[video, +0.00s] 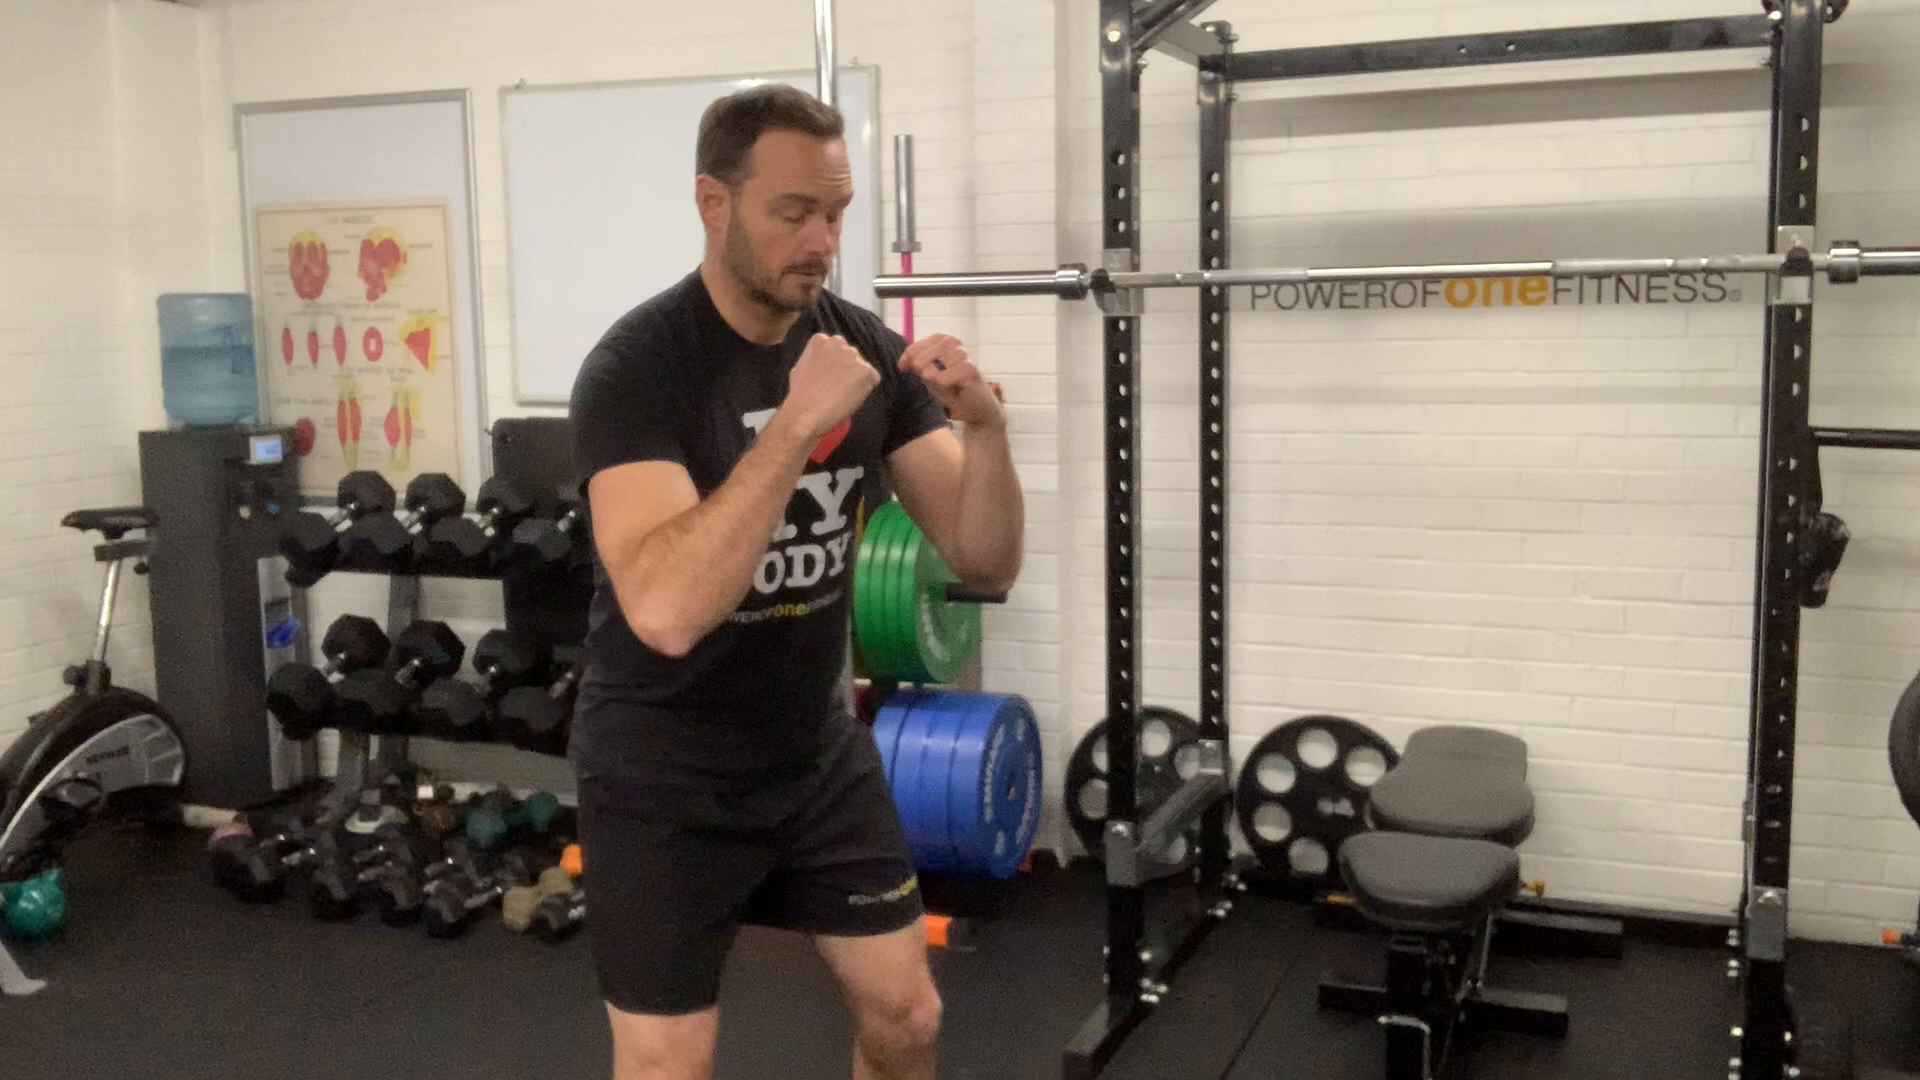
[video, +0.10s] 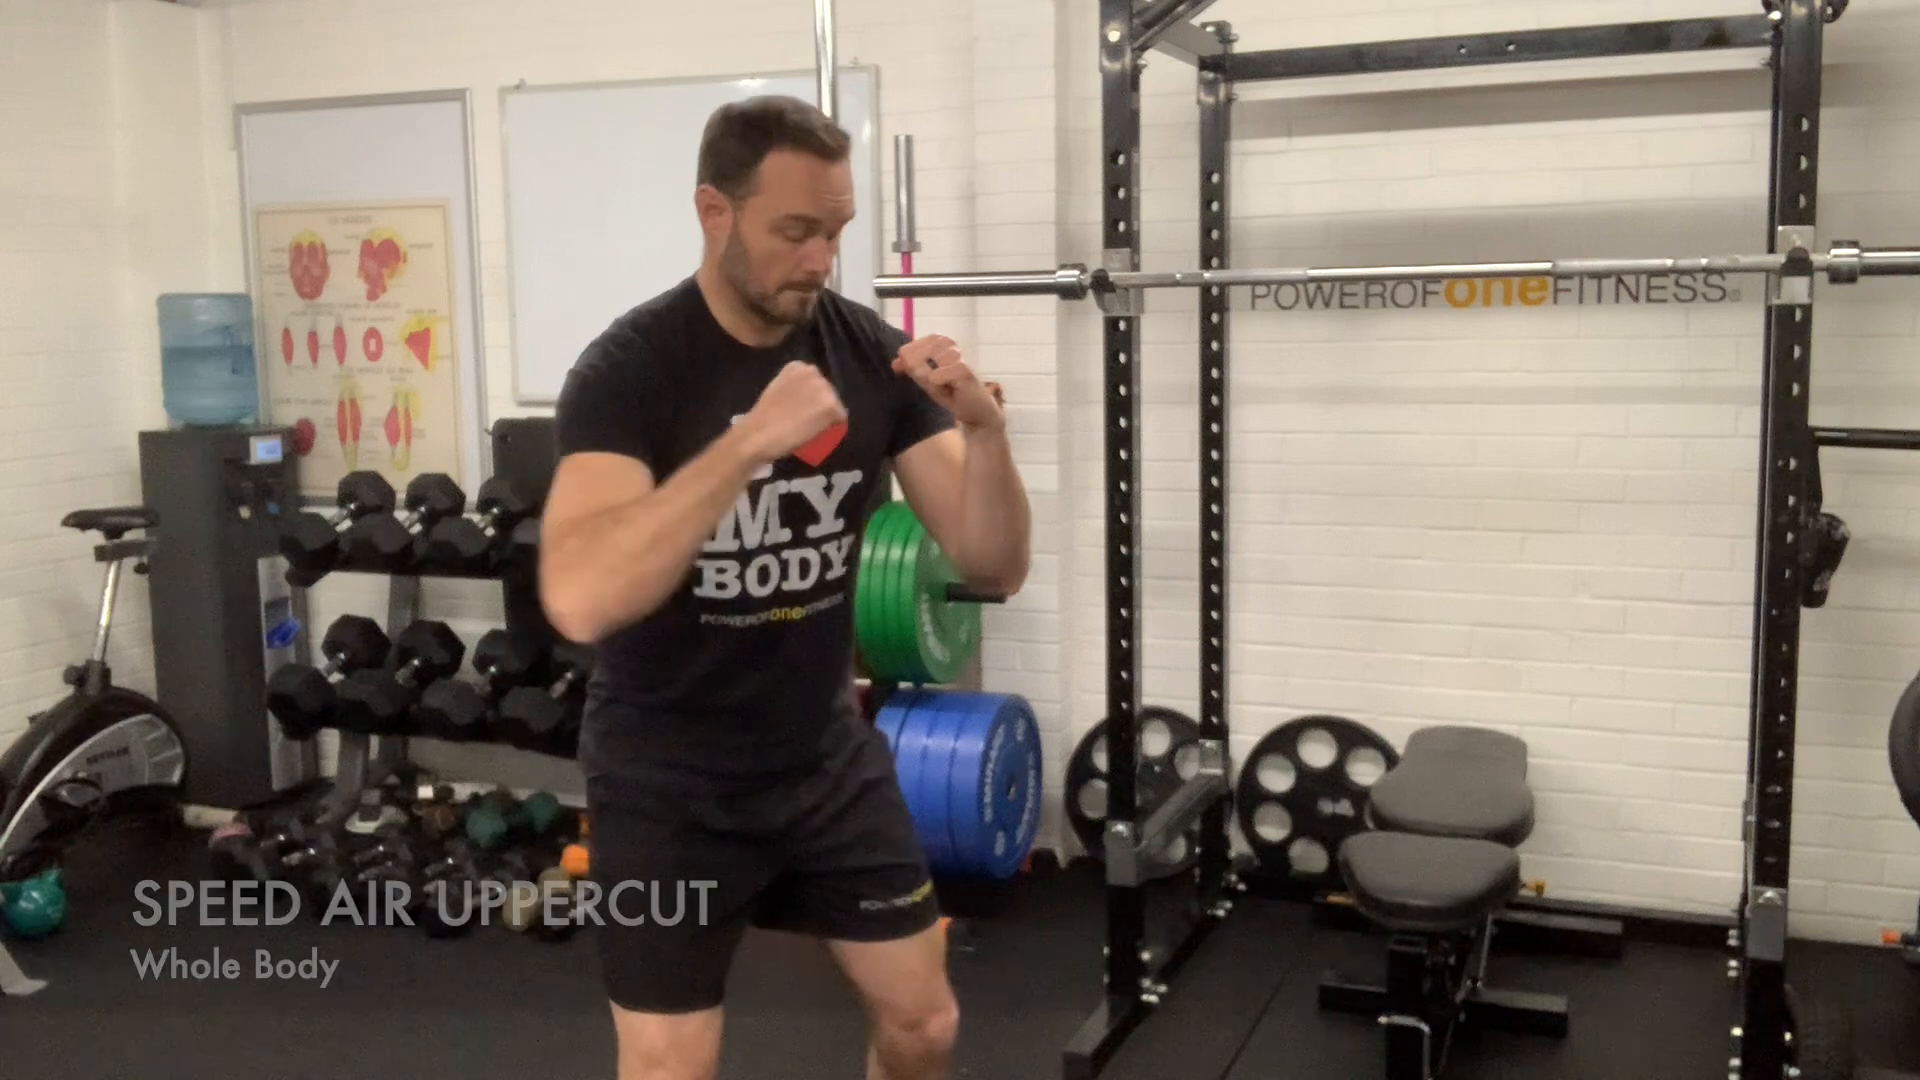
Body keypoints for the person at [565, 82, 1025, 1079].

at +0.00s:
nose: (822, 242)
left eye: (836, 212)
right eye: (796, 212)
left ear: (849, 209)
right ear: (712, 203)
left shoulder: (860, 346)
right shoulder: (634, 369)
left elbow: (985, 566)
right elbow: (664, 607)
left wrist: (985, 429)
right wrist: (799, 420)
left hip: (817, 741)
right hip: (662, 761)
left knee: (907, 1018)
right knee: (666, 1061)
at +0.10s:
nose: (822, 260)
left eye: (836, 232)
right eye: (797, 231)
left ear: (849, 220)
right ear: (713, 211)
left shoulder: (863, 348)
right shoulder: (628, 371)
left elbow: (992, 567)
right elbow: (580, 597)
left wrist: (985, 430)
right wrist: (746, 447)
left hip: (827, 747)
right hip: (666, 767)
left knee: (924, 1030)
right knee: (669, 1062)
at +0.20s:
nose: (832, 283)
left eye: (848, 255)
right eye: (810, 257)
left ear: (863, 234)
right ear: (728, 226)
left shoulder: (879, 344)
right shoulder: (636, 356)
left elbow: (1020, 558)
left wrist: (997, 425)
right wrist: (606, 456)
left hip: (838, 743)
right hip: (676, 755)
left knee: (940, 1030)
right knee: (668, 1058)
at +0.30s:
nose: (858, 304)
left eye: (871, 276)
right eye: (832, 278)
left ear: (884, 245)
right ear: (747, 248)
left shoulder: (902, 355)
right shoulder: (636, 360)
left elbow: (1060, 558)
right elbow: (376, 451)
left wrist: (1018, 424)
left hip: (846, 744)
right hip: (682, 754)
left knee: (945, 1023)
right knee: (662, 1048)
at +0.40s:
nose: (886, 351)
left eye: (897, 322)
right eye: (859, 326)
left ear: (908, 299)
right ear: (772, 298)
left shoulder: (919, 388)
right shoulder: (654, 384)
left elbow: (1088, 577)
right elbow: (447, 425)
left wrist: (1038, 451)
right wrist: (384, 488)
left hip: (845, 750)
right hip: (682, 760)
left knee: (944, 1028)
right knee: (671, 1053)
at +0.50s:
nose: (917, 373)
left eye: (921, 348)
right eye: (899, 353)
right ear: (811, 347)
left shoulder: (926, 411)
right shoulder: (678, 456)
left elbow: (1038, 596)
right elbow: (501, 554)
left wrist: (1029, 536)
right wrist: (460, 709)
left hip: (841, 764)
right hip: (695, 779)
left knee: (947, 1029)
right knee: (712, 1066)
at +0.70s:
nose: (922, 315)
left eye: (928, 291)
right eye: (912, 292)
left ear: (828, 275)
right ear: (832, 283)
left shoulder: (763, 326)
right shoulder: (788, 420)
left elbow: (682, 409)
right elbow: (1031, 561)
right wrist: (1074, 346)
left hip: (822, 735)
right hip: (722, 779)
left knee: (914, 994)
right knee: (753, 1063)